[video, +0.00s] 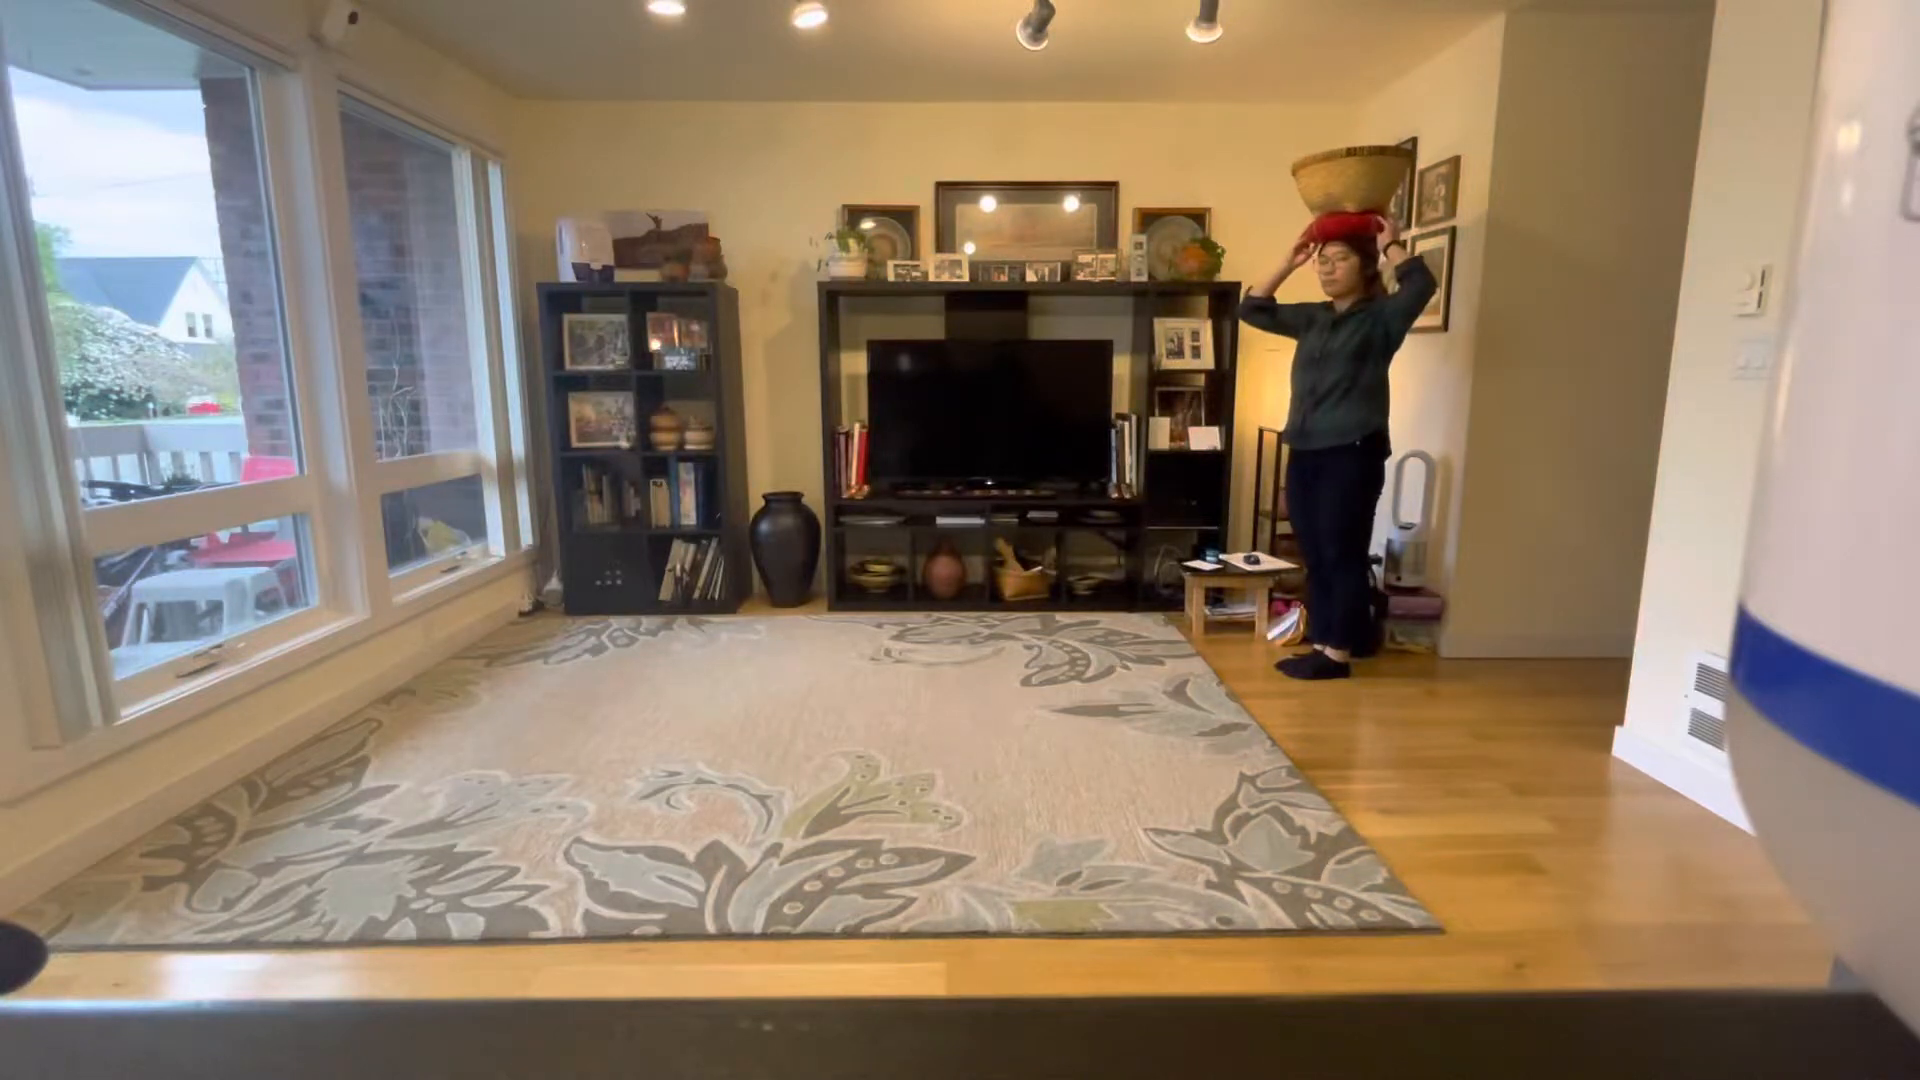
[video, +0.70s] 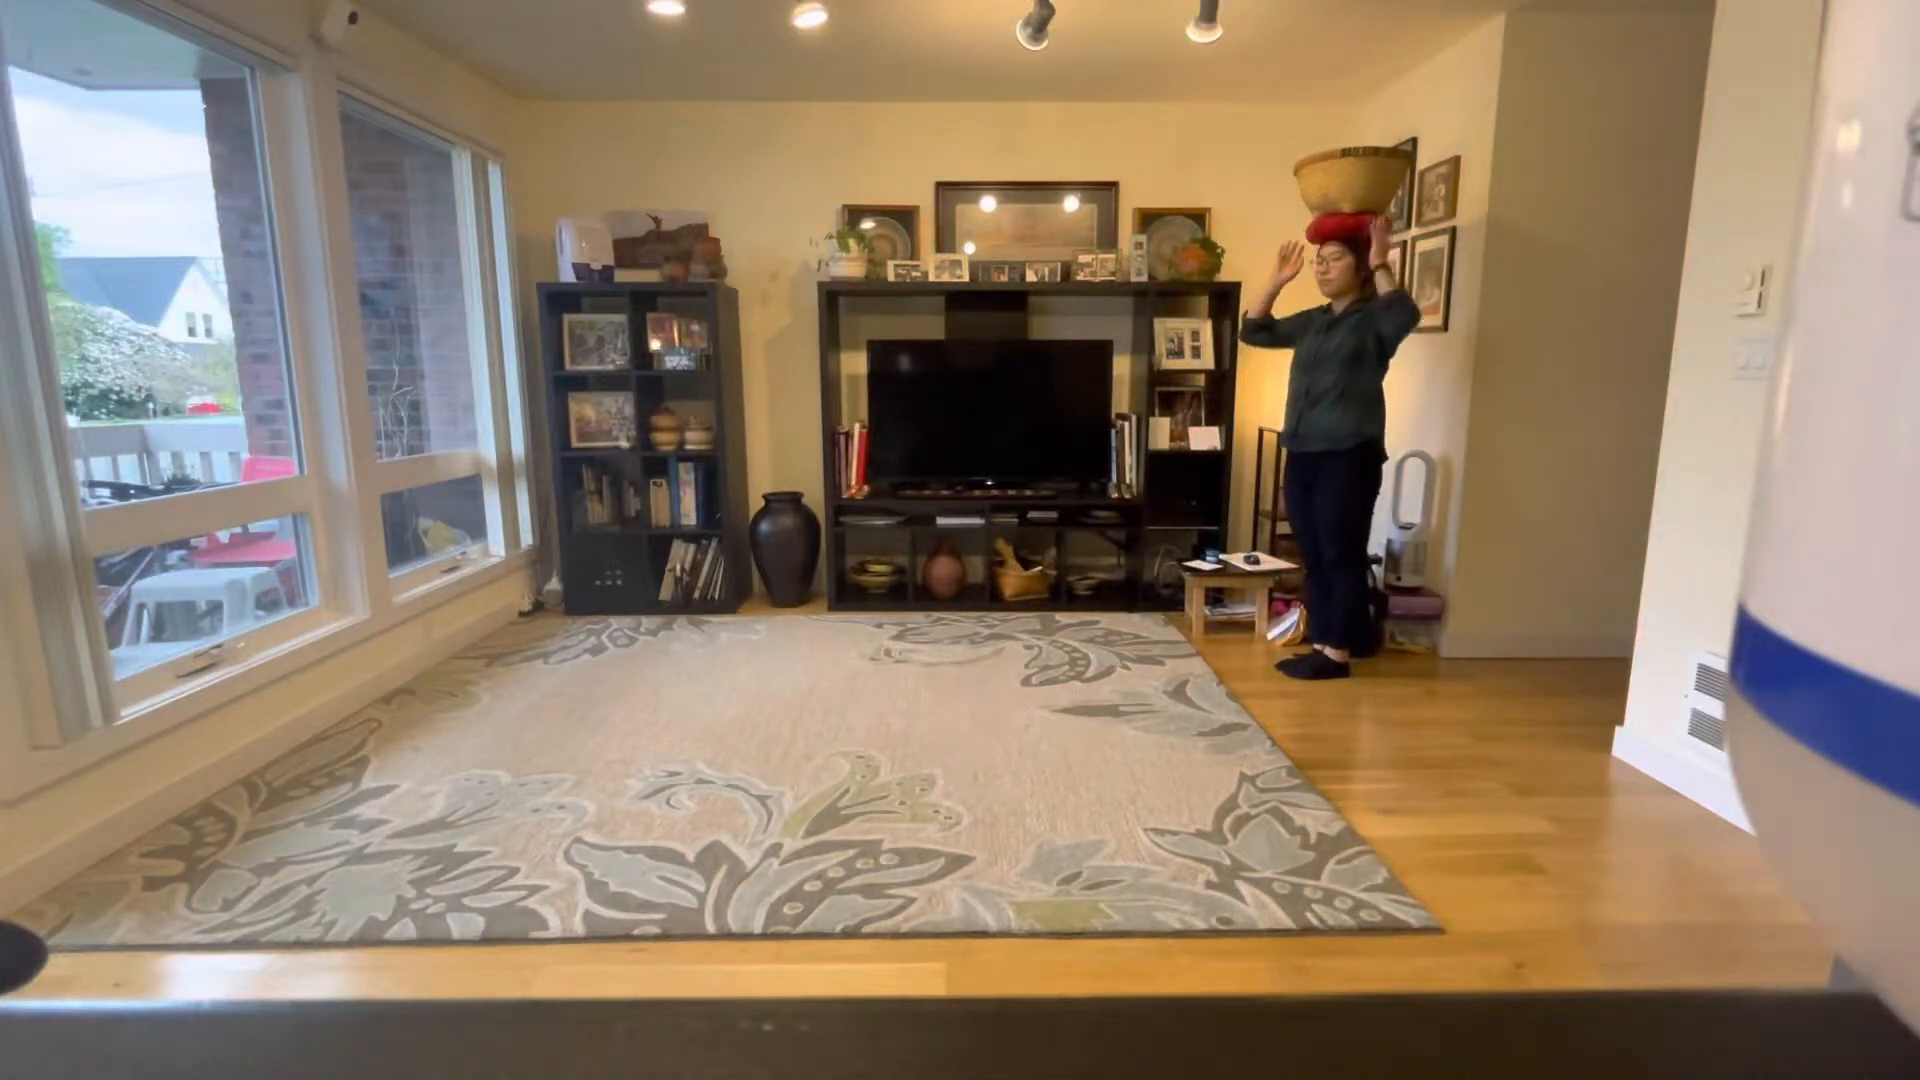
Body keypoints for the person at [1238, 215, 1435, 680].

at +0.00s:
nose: (1326, 267)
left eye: (1339, 258)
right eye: (1321, 259)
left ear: (1366, 267)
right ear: (1316, 265)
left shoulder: (1381, 317)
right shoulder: (1312, 317)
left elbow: (1422, 284)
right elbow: (1250, 310)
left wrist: (1391, 245)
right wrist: (1289, 264)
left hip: (1355, 448)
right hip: (1306, 448)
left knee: (1341, 547)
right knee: (1315, 547)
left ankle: (1338, 650)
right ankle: (1321, 641)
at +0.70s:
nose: (1322, 267)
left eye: (1334, 258)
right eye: (1318, 259)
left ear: (1360, 267)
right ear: (1314, 266)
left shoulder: (1375, 315)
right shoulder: (1312, 320)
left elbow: (1403, 319)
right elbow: (1253, 332)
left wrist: (1380, 264)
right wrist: (1276, 282)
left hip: (1351, 452)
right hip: (1304, 452)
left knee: (1341, 550)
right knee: (1314, 551)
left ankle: (1337, 652)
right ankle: (1323, 643)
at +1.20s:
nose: (1318, 268)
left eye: (1329, 259)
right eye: (1316, 261)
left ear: (1359, 266)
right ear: (1315, 269)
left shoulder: (1376, 326)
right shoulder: (1318, 328)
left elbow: (1394, 399)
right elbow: (1312, 401)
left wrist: (1339, 421)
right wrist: (1268, 395)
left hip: (1349, 462)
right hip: (1308, 460)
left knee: (1338, 553)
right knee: (1315, 553)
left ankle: (1336, 651)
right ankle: (1324, 642)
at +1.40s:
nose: (1317, 268)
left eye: (1328, 259)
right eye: (1315, 261)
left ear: (1357, 266)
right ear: (1313, 269)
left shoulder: (1374, 325)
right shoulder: (1317, 328)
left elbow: (1400, 396)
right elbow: (1321, 400)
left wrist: (1343, 429)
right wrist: (1286, 412)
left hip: (1347, 460)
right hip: (1308, 459)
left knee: (1336, 553)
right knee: (1314, 552)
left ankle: (1336, 651)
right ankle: (1320, 641)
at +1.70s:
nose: (1313, 270)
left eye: (1324, 261)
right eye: (1311, 263)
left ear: (1354, 268)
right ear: (1310, 272)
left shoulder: (1371, 326)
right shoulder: (1315, 329)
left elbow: (1388, 399)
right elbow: (1313, 400)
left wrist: (1332, 430)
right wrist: (1276, 415)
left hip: (1346, 460)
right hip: (1304, 458)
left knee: (1337, 555)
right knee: (1295, 552)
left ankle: (1337, 652)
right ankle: (1311, 638)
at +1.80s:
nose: (1311, 270)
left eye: (1321, 261)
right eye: (1308, 263)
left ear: (1351, 268)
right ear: (1307, 272)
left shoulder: (1368, 326)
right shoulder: (1311, 328)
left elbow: (1381, 400)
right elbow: (1305, 400)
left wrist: (1325, 431)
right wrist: (1269, 418)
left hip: (1343, 458)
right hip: (1301, 456)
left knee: (1336, 553)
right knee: (1295, 549)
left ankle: (1337, 651)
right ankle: (1306, 637)